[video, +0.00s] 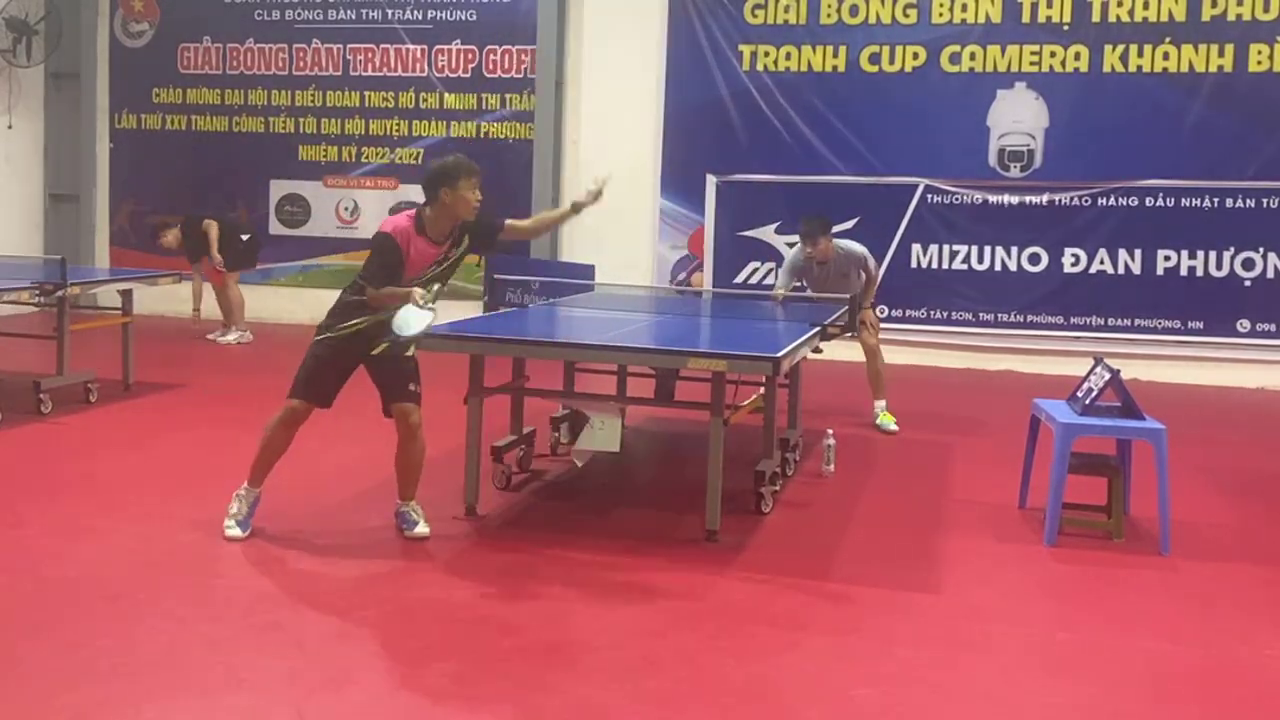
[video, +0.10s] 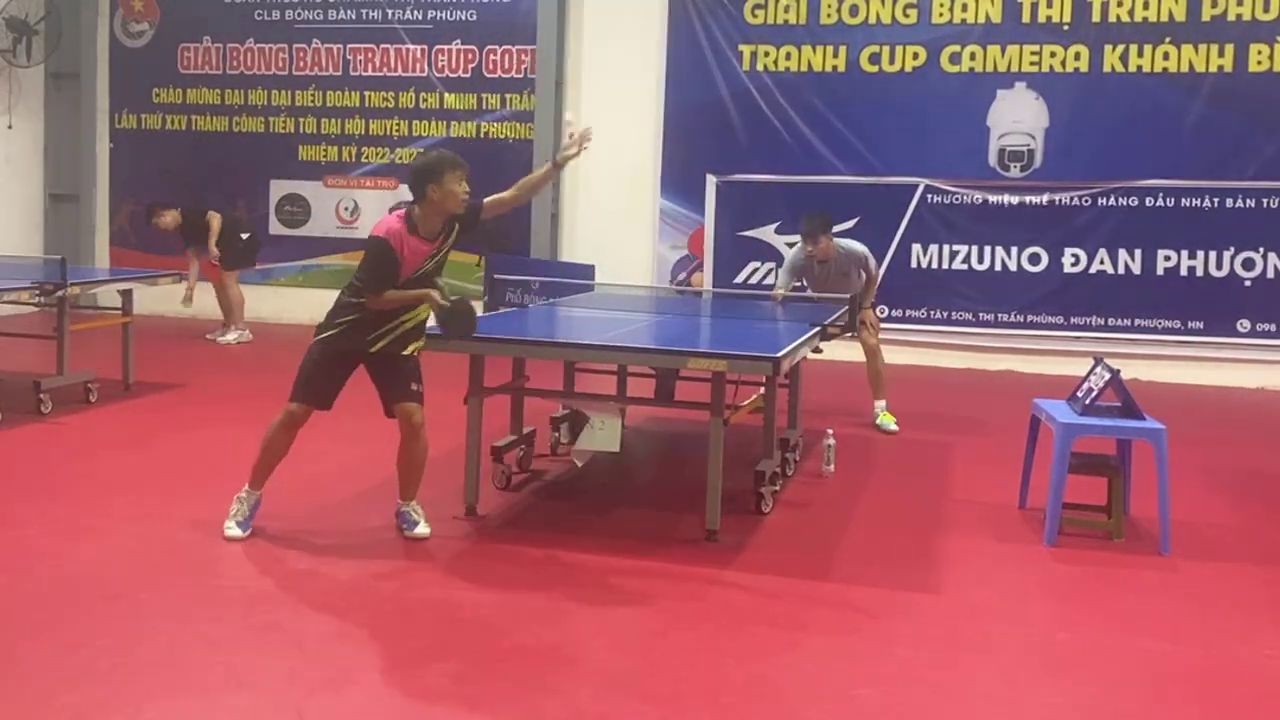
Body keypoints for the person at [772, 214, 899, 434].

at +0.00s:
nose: (808, 250)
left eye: (814, 244)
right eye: (805, 245)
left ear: (829, 240)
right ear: (801, 242)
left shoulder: (855, 252)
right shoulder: (797, 257)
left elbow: (873, 274)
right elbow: (778, 293)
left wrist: (866, 306)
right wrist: (779, 296)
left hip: (856, 304)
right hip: (820, 307)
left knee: (871, 345)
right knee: (785, 339)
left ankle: (881, 410)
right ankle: (765, 394)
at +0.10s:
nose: (809, 250)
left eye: (815, 243)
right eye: (806, 244)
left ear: (829, 238)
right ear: (802, 241)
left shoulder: (855, 252)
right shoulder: (798, 257)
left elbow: (873, 274)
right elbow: (779, 289)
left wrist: (866, 307)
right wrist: (779, 295)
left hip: (856, 304)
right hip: (821, 308)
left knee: (872, 345)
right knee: (786, 338)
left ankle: (881, 410)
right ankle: (766, 393)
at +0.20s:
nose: (810, 246)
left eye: (816, 240)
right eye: (807, 240)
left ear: (831, 235)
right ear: (802, 239)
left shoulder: (857, 251)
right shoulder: (799, 253)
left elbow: (873, 276)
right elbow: (787, 276)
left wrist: (867, 307)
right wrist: (780, 289)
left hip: (857, 303)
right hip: (822, 306)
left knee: (872, 345)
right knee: (787, 337)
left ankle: (881, 410)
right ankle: (767, 393)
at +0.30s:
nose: (811, 240)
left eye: (817, 234)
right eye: (807, 234)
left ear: (831, 231)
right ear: (803, 233)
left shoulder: (857, 247)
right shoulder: (800, 251)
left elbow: (874, 274)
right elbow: (785, 280)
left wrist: (867, 307)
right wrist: (778, 292)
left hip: (857, 302)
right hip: (822, 305)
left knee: (872, 345)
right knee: (787, 339)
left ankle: (880, 410)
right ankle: (767, 393)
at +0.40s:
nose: (811, 230)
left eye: (816, 223)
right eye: (806, 224)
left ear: (831, 221)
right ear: (802, 224)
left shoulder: (856, 242)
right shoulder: (800, 246)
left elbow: (873, 270)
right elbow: (782, 279)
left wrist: (866, 303)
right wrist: (777, 284)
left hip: (857, 301)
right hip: (821, 304)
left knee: (868, 344)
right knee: (787, 338)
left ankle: (880, 410)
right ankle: (767, 394)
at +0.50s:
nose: (806, 218)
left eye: (812, 213)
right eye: (802, 213)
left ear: (828, 212)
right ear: (799, 214)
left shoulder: (852, 235)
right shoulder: (795, 238)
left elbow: (870, 265)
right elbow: (780, 272)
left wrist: (861, 298)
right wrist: (773, 278)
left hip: (853, 301)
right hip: (816, 302)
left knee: (863, 347)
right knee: (784, 340)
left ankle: (880, 410)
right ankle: (766, 394)